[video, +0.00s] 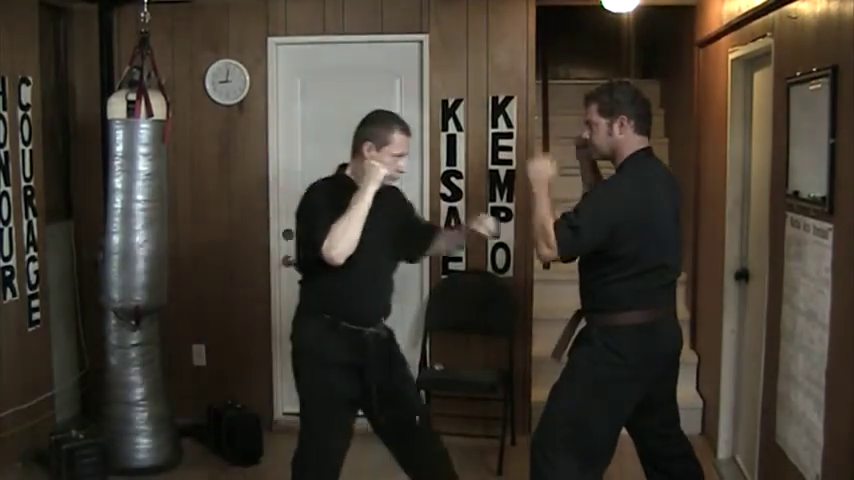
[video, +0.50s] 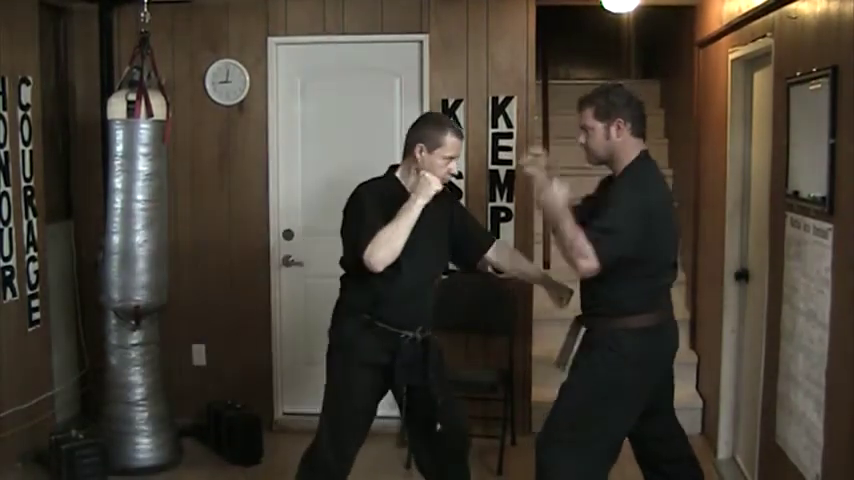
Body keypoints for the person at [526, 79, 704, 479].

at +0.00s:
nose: (586, 135)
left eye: (591, 125)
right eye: (585, 125)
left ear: (621, 126)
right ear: (626, 126)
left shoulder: (621, 187)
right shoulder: (662, 179)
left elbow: (550, 247)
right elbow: (602, 220)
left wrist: (540, 185)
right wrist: (587, 163)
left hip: (616, 342)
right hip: (659, 337)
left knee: (557, 455)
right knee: (666, 449)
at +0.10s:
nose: (585, 136)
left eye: (590, 126)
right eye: (585, 126)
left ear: (620, 126)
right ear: (628, 126)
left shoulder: (618, 189)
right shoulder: (663, 180)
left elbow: (548, 253)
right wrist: (595, 169)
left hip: (617, 342)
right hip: (661, 336)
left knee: (557, 454)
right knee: (666, 450)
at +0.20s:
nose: (585, 137)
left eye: (590, 127)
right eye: (585, 127)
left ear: (619, 126)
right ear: (628, 126)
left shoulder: (619, 191)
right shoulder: (666, 182)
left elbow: (551, 255)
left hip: (618, 343)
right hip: (662, 338)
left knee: (557, 453)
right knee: (666, 451)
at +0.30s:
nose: (585, 138)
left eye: (589, 127)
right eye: (584, 128)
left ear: (619, 126)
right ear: (627, 126)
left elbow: (550, 260)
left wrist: (544, 282)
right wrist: (599, 171)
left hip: (619, 343)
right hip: (663, 337)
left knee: (557, 453)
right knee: (665, 450)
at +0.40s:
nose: (583, 140)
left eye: (588, 129)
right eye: (583, 130)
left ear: (618, 127)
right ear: (624, 127)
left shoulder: (623, 191)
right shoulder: (660, 181)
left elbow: (556, 265)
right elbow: (601, 231)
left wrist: (548, 252)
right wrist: (584, 172)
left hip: (621, 341)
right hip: (658, 335)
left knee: (559, 452)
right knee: (664, 449)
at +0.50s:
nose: (581, 141)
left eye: (587, 130)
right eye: (581, 131)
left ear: (618, 129)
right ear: (619, 129)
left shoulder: (633, 186)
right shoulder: (631, 178)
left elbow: (586, 260)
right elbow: (575, 221)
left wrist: (555, 205)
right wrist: (544, 185)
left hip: (625, 341)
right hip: (645, 333)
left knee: (562, 454)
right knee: (663, 450)